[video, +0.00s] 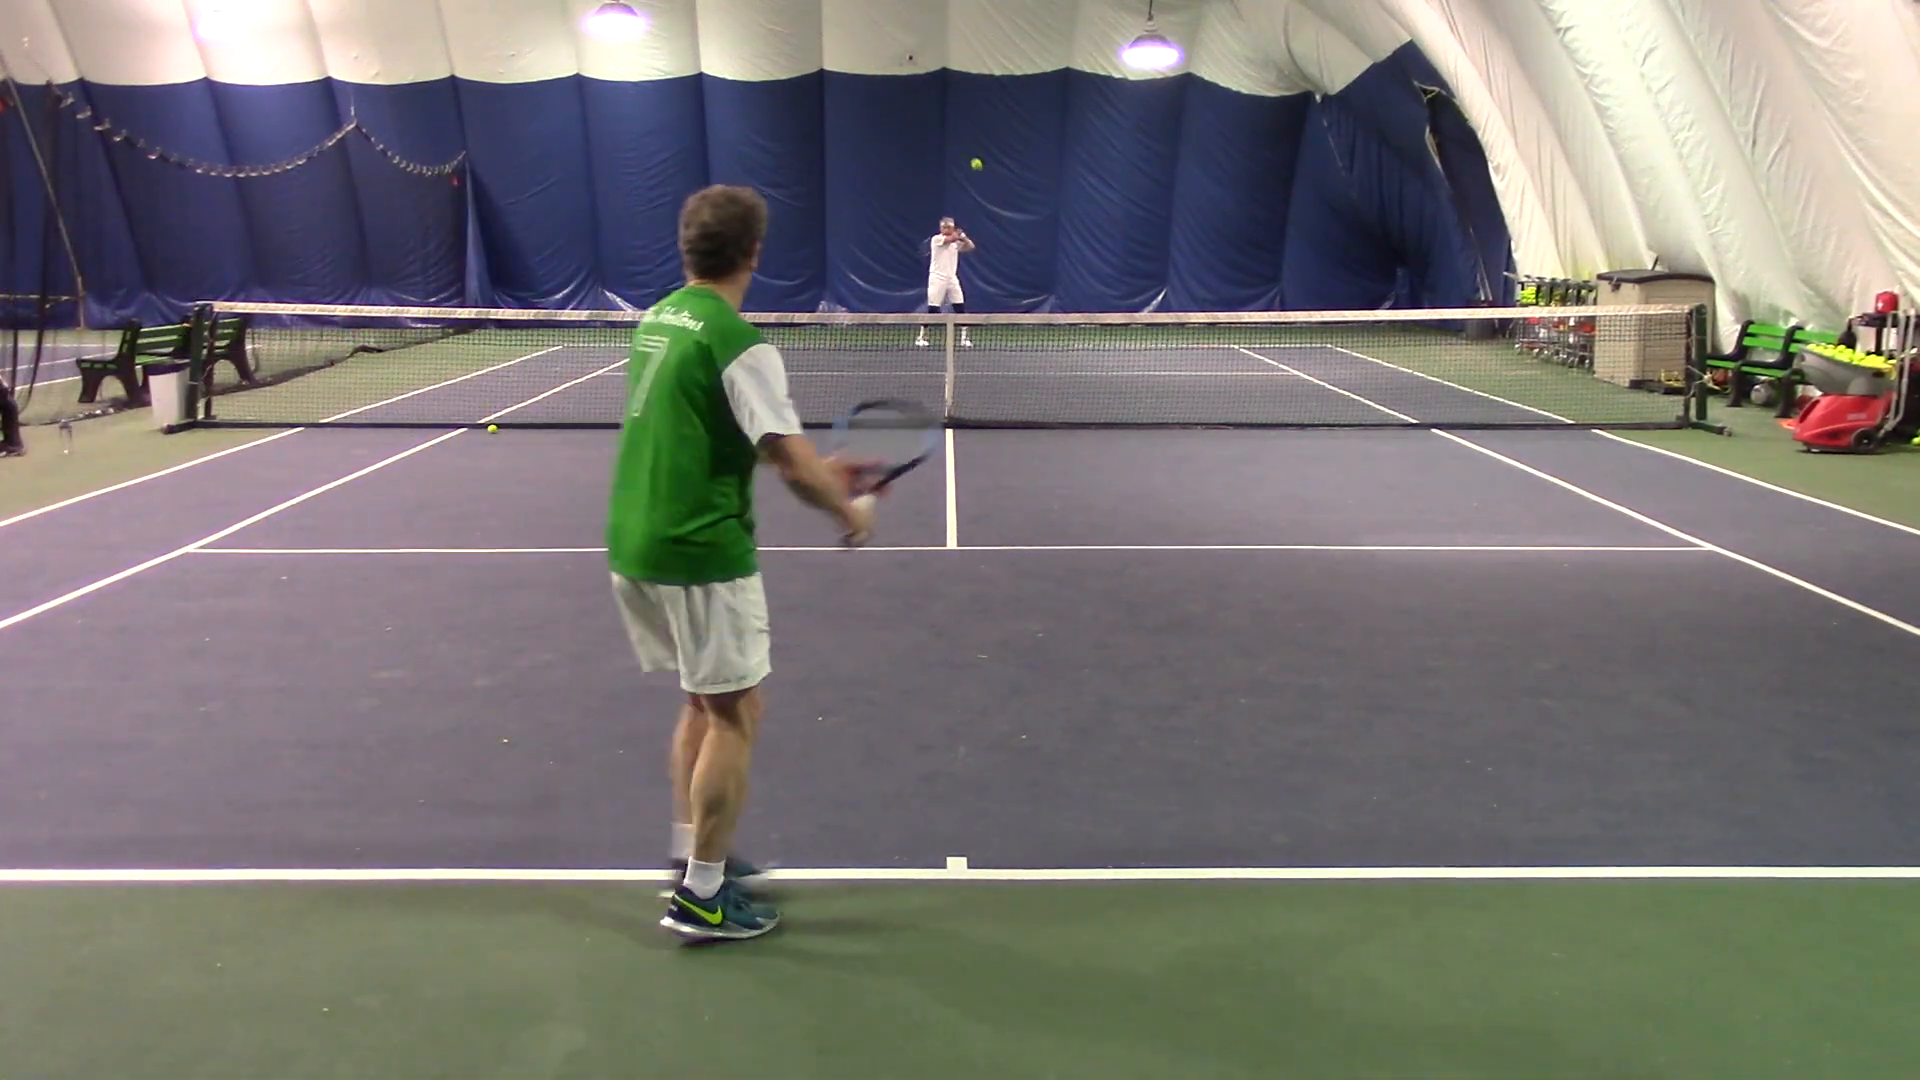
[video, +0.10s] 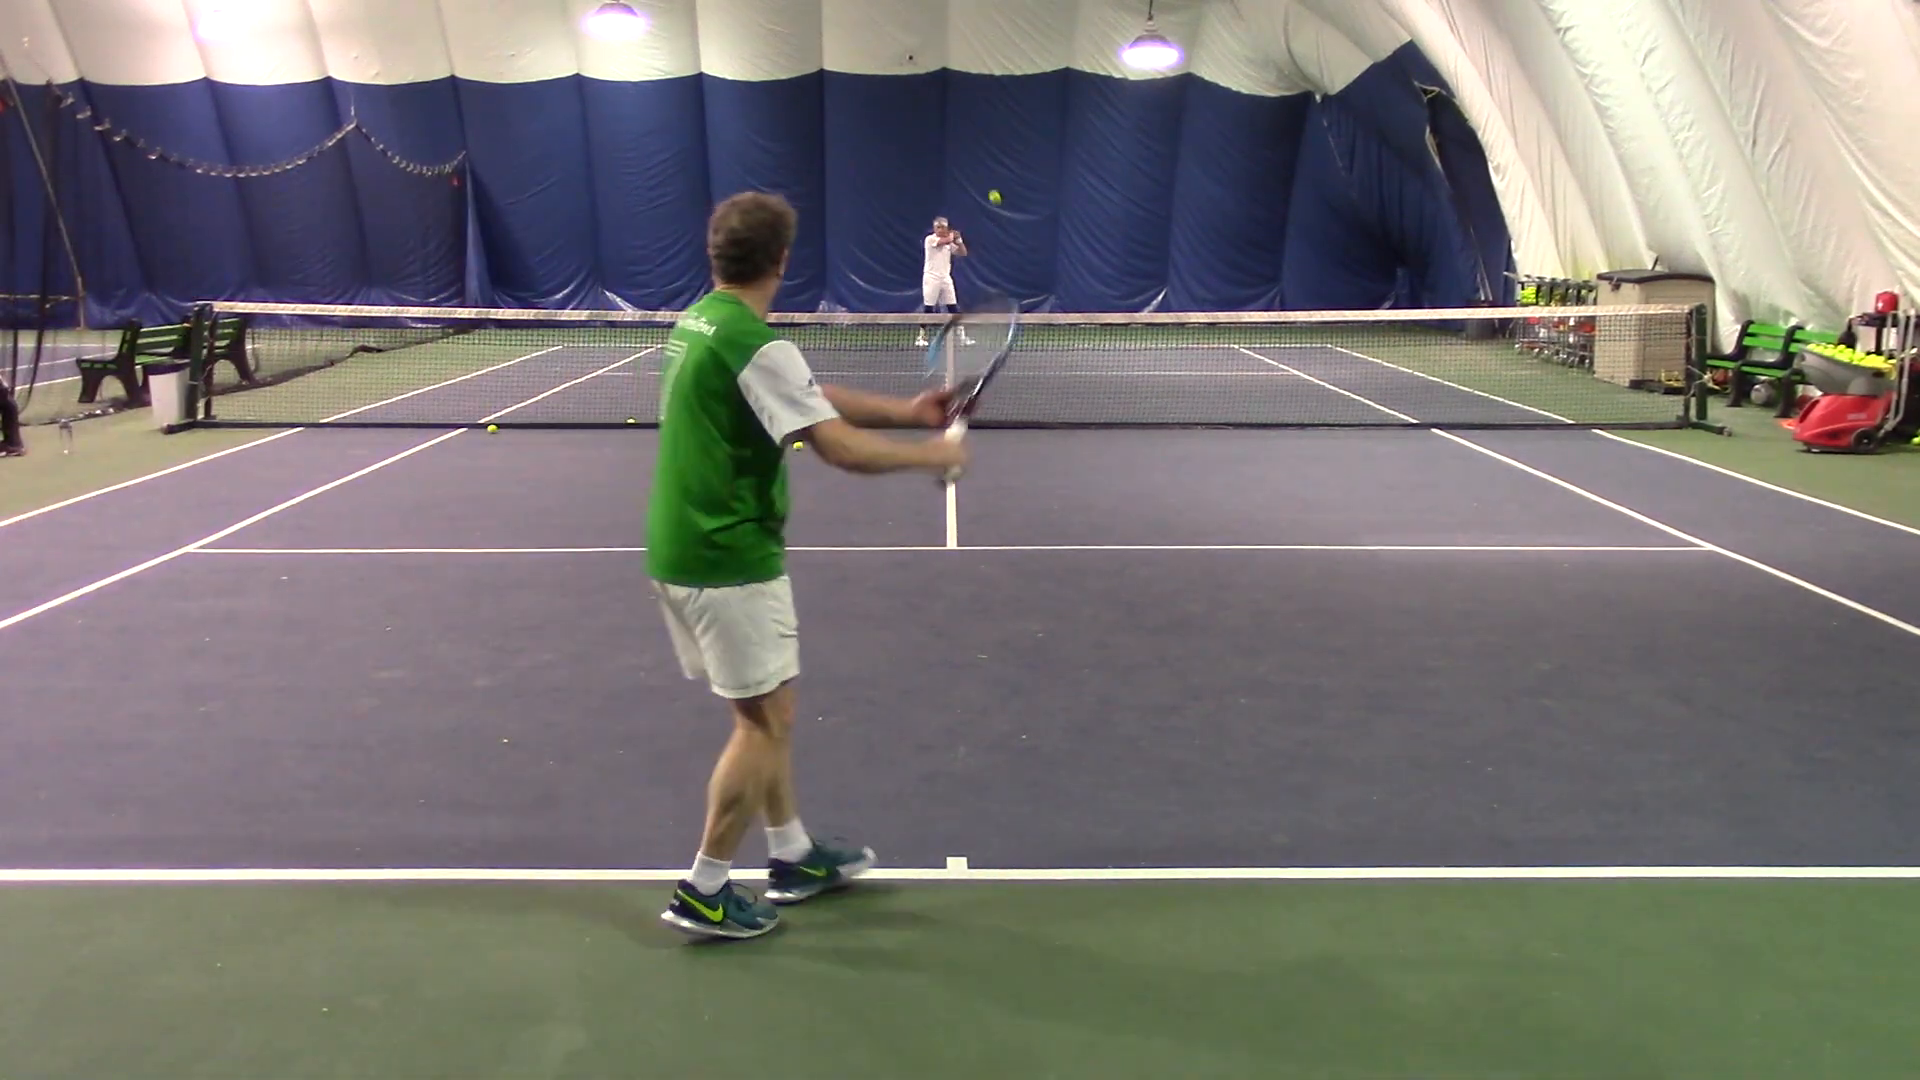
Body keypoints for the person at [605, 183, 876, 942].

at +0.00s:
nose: (763, 252)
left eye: (750, 239)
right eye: (762, 242)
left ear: (687, 250)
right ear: (753, 254)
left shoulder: (657, 322)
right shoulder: (739, 341)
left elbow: (714, 438)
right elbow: (792, 462)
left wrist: (818, 467)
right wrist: (847, 508)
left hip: (639, 546)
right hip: (704, 555)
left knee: (704, 701)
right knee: (734, 713)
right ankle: (703, 891)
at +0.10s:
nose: (790, 259)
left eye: (783, 248)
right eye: (789, 250)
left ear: (716, 255)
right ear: (782, 260)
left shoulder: (699, 323)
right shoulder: (758, 345)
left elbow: (807, 397)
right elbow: (838, 448)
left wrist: (908, 409)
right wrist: (932, 454)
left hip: (685, 550)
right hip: (732, 561)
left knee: (765, 707)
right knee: (764, 719)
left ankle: (793, 856)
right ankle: (704, 886)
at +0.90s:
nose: (1012, 270)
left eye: (1011, 261)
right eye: (1010, 261)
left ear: (940, 266)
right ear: (994, 268)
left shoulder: (907, 321)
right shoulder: (959, 340)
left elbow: (939, 336)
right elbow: (978, 423)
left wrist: (995, 343)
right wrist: (1069, 441)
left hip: (877, 543)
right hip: (945, 557)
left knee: (892, 696)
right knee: (1006, 710)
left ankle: (816, 845)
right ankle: (1002, 882)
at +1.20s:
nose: (989, 260)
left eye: (987, 251)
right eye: (987, 252)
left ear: (907, 252)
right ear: (975, 262)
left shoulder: (863, 311)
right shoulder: (984, 324)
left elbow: (870, 294)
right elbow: (1031, 382)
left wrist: (927, 281)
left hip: (883, 540)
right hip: (967, 550)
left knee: (877, 702)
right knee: (997, 710)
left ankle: (842, 862)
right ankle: (1002, 882)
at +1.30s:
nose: (989, 266)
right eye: (985, 260)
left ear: (906, 259)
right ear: (973, 271)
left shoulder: (858, 321)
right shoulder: (986, 328)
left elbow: (820, 300)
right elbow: (986, 281)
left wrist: (902, 269)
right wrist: (921, 243)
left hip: (870, 543)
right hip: (958, 548)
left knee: (861, 711)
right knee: (991, 711)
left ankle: (839, 871)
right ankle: (1000, 882)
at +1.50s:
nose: (965, 265)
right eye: (966, 257)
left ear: (889, 257)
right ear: (958, 265)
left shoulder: (831, 323)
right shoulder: (968, 324)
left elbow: (763, 328)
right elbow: (908, 258)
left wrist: (776, 319)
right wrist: (815, 230)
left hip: (833, 551)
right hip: (927, 553)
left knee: (838, 714)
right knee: (964, 718)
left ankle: (835, 874)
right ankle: (997, 882)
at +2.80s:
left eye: (805, 245)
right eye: (868, 248)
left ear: (798, 256)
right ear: (872, 259)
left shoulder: (749, 343)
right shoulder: (905, 352)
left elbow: (727, 475)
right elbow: (930, 480)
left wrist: (786, 502)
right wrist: (869, 511)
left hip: (760, 570)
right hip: (862, 571)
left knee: (752, 715)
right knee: (874, 736)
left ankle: (734, 880)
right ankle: (880, 915)